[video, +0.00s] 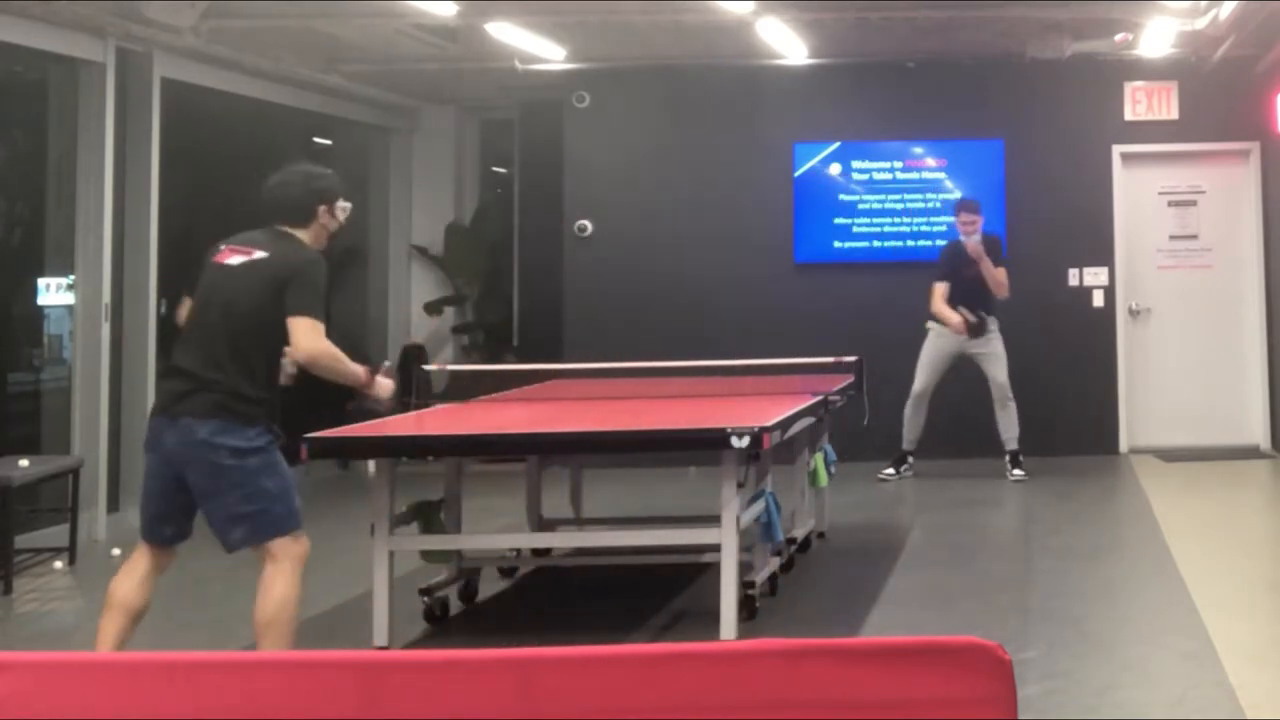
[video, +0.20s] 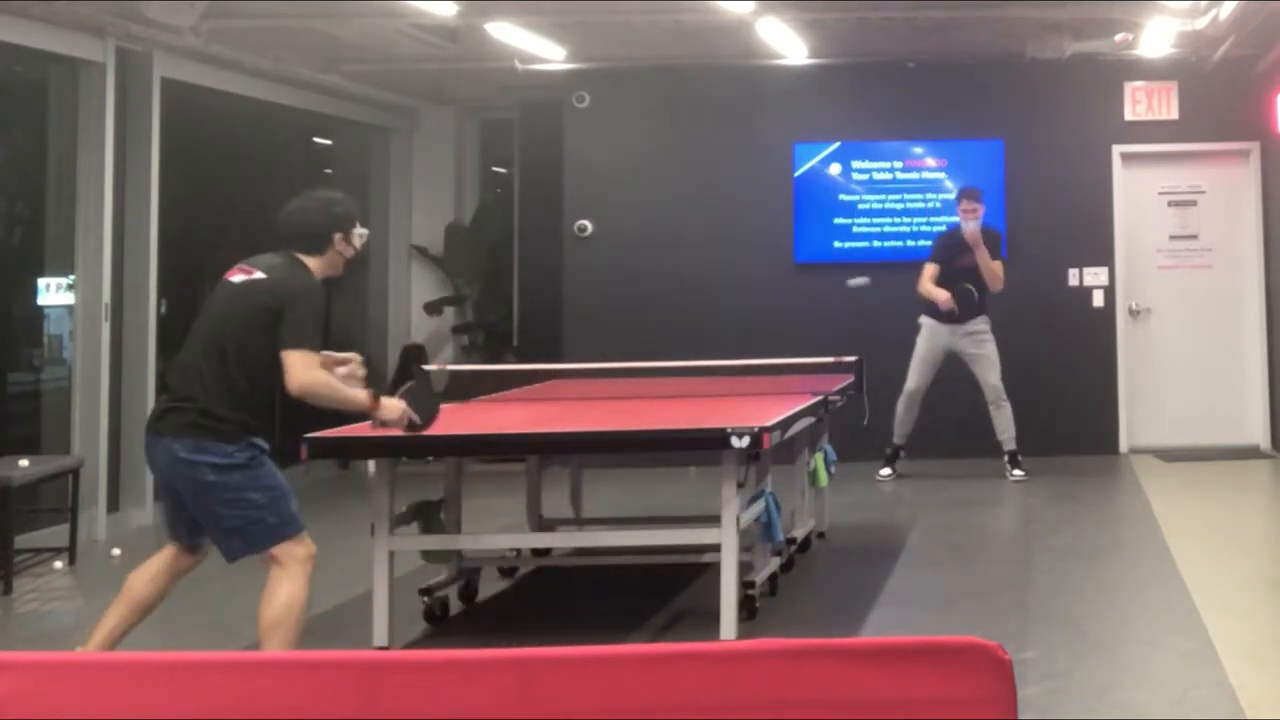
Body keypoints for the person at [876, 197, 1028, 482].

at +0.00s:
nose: (967, 228)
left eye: (972, 223)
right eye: (962, 223)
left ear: (981, 221)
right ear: (956, 223)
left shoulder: (993, 246)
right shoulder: (950, 252)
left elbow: (1003, 291)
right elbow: (937, 302)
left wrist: (982, 258)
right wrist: (954, 319)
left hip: (985, 329)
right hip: (947, 328)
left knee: (1002, 388)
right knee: (919, 390)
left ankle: (1013, 455)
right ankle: (905, 456)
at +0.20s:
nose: (968, 216)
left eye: (973, 211)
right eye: (964, 212)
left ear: (982, 210)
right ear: (957, 211)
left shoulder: (992, 239)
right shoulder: (946, 241)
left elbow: (996, 284)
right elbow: (924, 284)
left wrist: (978, 246)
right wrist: (939, 294)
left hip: (975, 329)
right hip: (936, 328)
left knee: (995, 389)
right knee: (913, 388)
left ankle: (1012, 455)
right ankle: (895, 452)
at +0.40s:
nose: (933, 218)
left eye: (938, 212)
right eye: (929, 213)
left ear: (948, 211)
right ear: (924, 213)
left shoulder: (962, 241)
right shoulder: (914, 247)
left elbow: (964, 283)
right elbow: (894, 293)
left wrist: (944, 245)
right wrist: (902, 309)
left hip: (958, 335)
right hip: (918, 336)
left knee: (986, 392)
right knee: (885, 390)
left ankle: (1010, 454)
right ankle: (854, 453)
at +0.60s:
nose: (861, 218)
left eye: (866, 212)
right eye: (857, 213)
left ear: (877, 212)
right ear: (853, 216)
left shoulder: (899, 244)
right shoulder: (849, 253)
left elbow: (929, 286)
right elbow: (837, 291)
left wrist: (894, 278)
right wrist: (837, 323)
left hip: (910, 339)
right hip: (869, 340)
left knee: (949, 394)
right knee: (842, 393)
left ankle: (1001, 453)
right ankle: (833, 462)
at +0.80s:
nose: (805, 209)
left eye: (810, 204)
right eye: (802, 204)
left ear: (823, 204)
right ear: (798, 207)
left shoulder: (846, 237)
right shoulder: (795, 246)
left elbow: (879, 275)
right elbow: (790, 287)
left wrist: (861, 305)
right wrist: (786, 325)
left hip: (849, 327)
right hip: (812, 330)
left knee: (866, 389)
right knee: (804, 391)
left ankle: (886, 454)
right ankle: (820, 458)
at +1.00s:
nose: (752, 223)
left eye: (758, 217)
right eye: (748, 218)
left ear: (774, 215)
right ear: (745, 222)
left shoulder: (798, 249)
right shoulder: (752, 258)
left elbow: (833, 283)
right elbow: (746, 303)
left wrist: (832, 330)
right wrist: (713, 343)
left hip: (803, 335)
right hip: (765, 335)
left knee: (818, 397)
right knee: (730, 386)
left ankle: (829, 462)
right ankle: (728, 458)